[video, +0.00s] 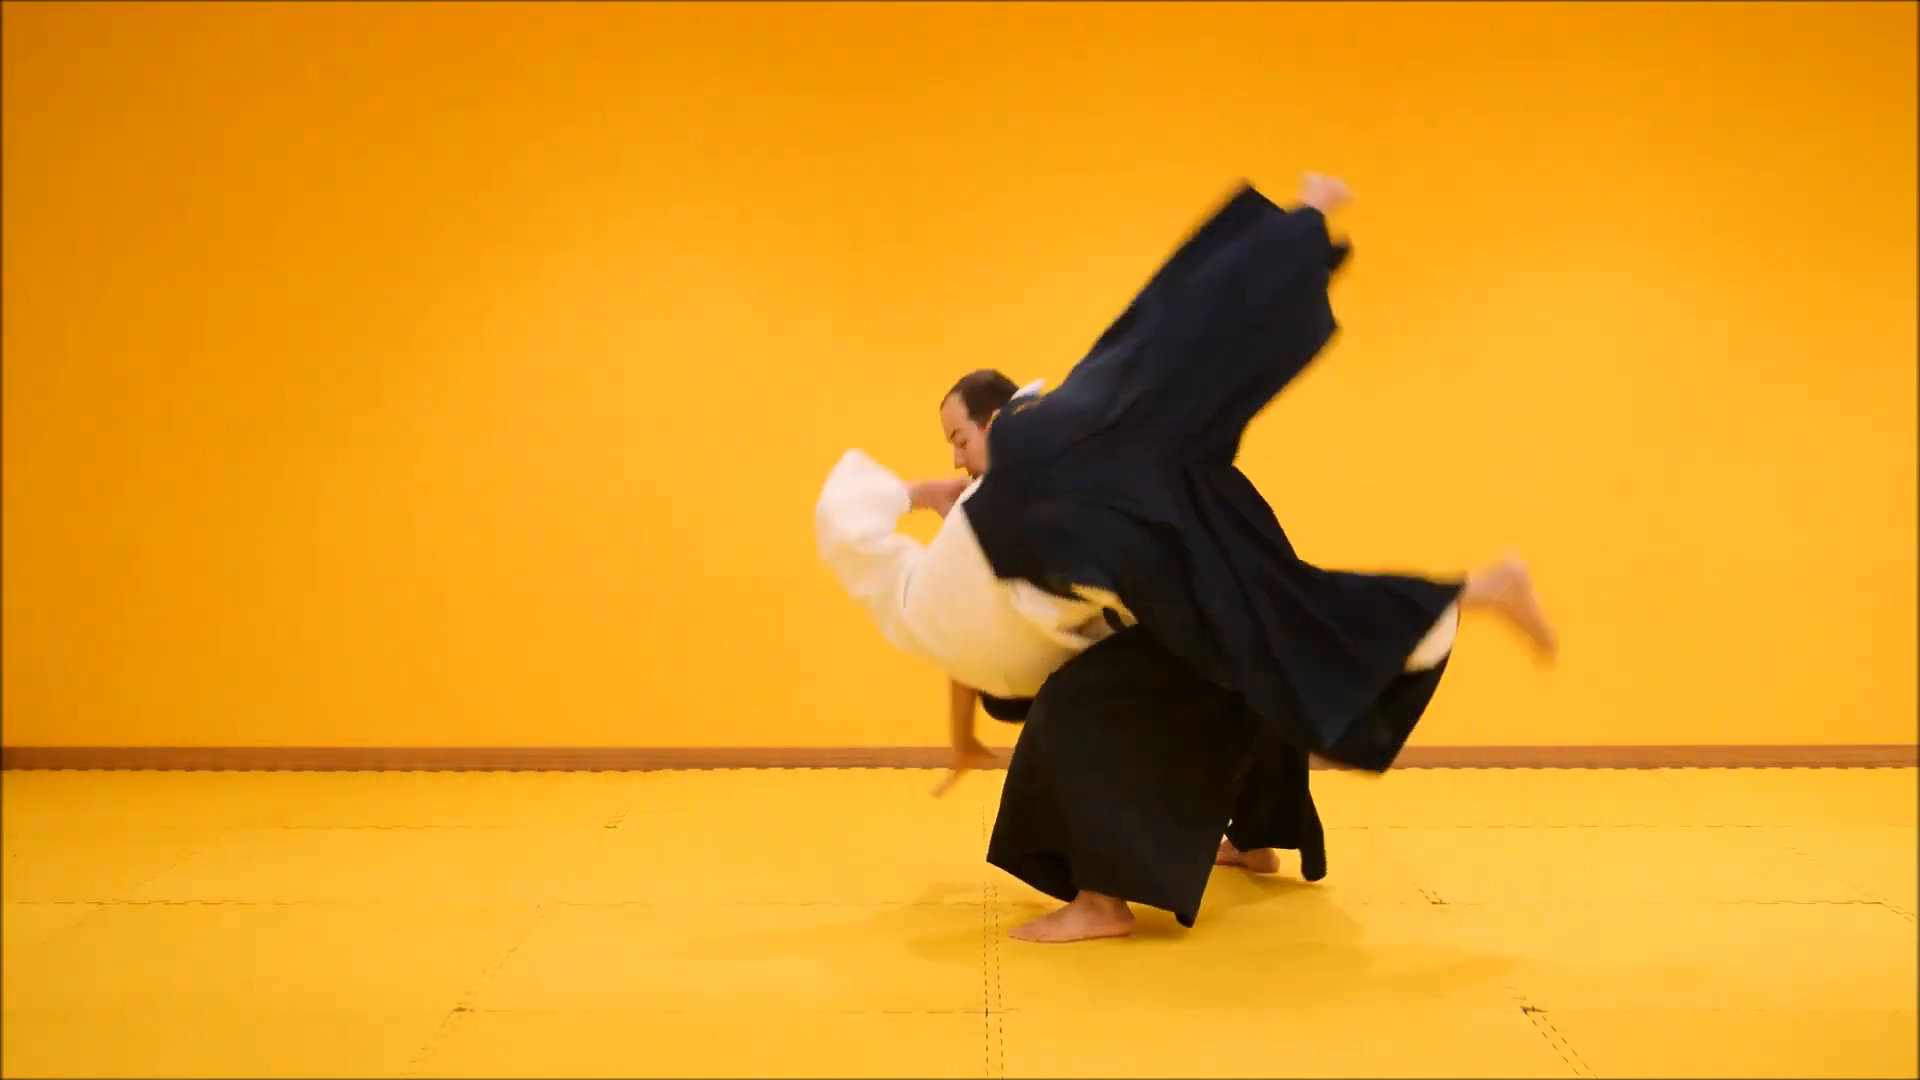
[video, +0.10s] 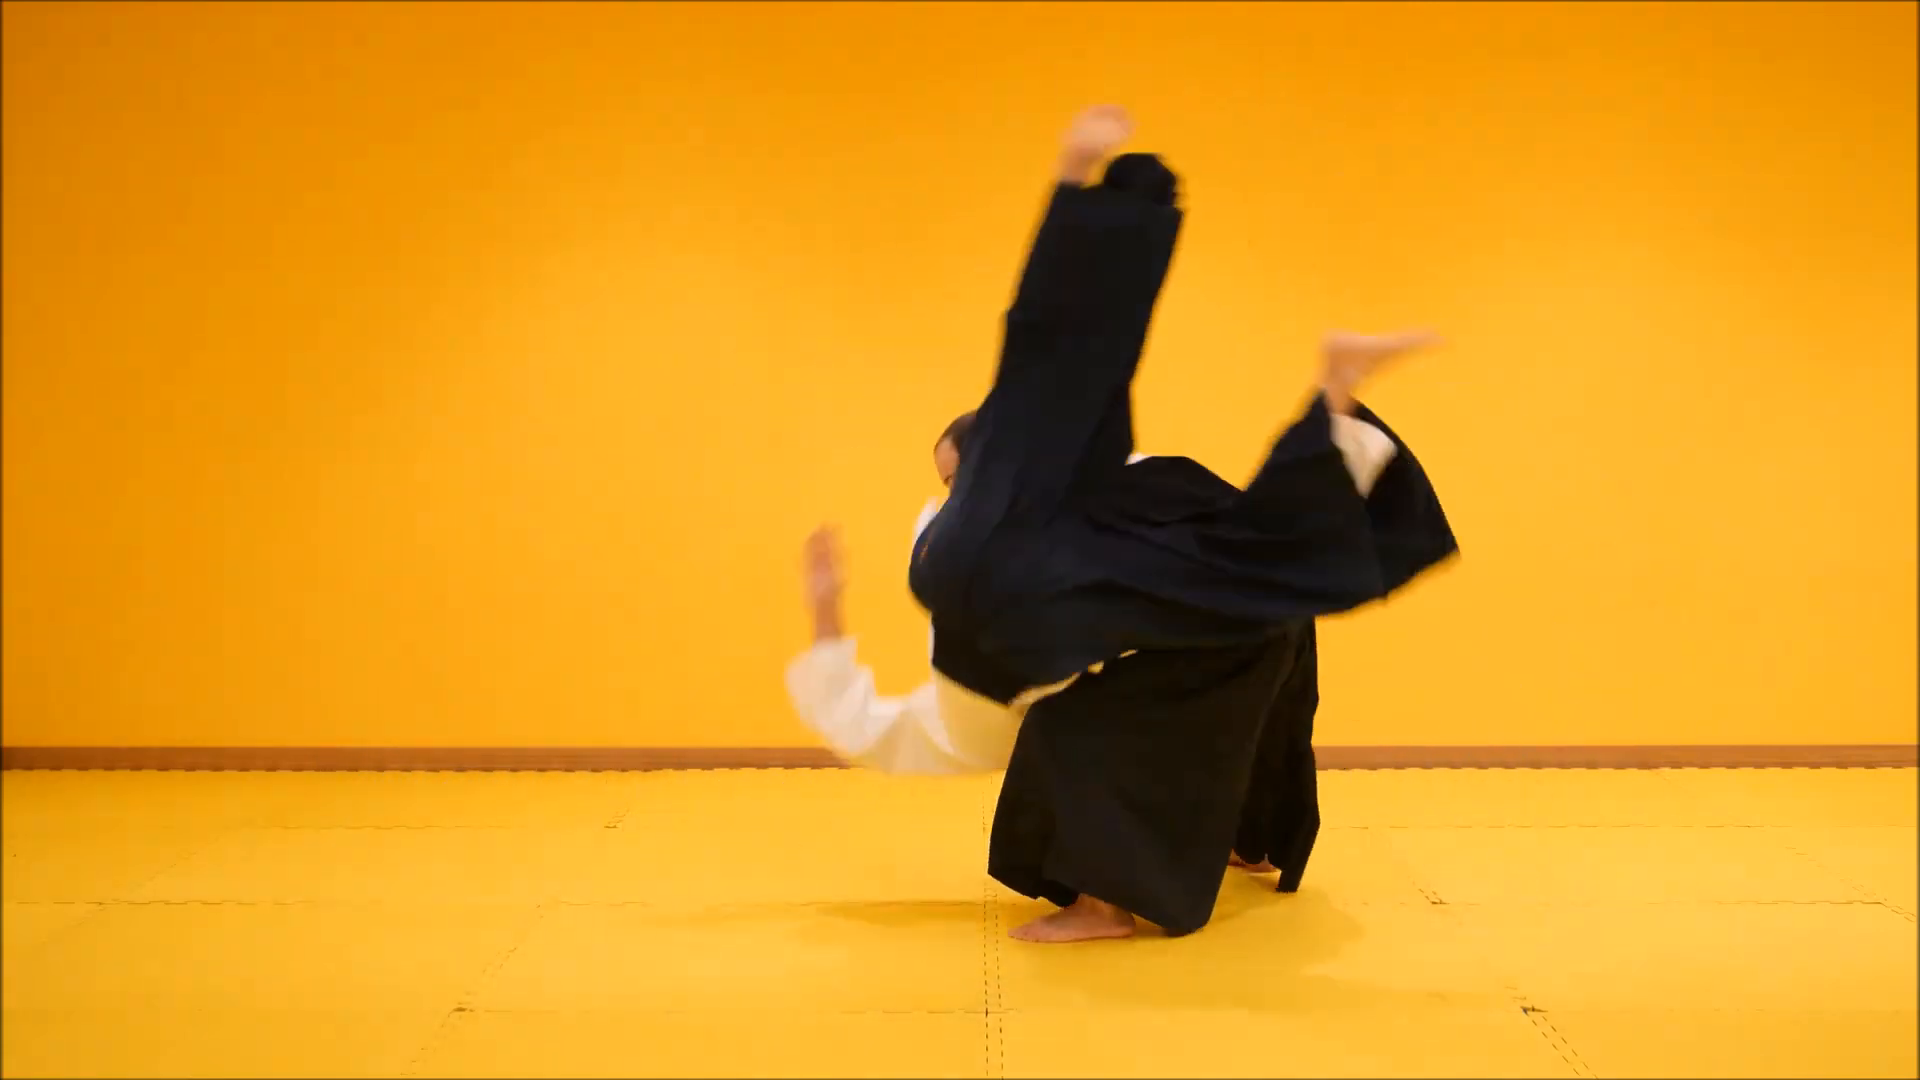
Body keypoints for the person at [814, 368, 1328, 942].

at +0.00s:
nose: (953, 453)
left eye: (958, 436)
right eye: (950, 439)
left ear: (996, 424)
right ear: (996, 427)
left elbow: (961, 657)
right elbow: (965, 652)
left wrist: (960, 750)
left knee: (1071, 708)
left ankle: (1099, 900)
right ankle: (1252, 840)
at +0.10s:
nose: (945, 464)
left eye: (956, 450)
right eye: (946, 455)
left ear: (994, 457)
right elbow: (855, 719)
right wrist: (825, 619)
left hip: (976, 571)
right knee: (1267, 575)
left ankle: (1083, 196)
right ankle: (1338, 401)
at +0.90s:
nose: (1233, 299)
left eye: (1239, 281)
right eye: (1232, 283)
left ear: (1282, 275)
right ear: (1305, 278)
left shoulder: (1269, 357)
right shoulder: (1395, 351)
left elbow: (1251, 486)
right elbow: (1437, 474)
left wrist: (1191, 573)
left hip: (1374, 573)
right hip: (1454, 562)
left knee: (1225, 712)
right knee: (1530, 728)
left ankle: (1124, 890)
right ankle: (1676, 886)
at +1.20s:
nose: (1370, 240)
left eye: (1379, 221)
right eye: (1367, 224)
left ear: (1428, 216)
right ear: (1440, 221)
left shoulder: (1413, 306)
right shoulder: (1529, 307)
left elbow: (1400, 454)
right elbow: (1565, 443)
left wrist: (1349, 568)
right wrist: (1541, 519)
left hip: (1493, 538)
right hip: (1571, 527)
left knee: (1369, 702)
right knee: (1613, 706)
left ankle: (1387, 899)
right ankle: (1691, 900)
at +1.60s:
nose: (1364, 246)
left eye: (1375, 228)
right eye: (1363, 230)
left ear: (1427, 225)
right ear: (1430, 230)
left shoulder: (1412, 322)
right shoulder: (1522, 314)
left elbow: (1388, 469)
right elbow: (1542, 439)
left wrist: (1327, 572)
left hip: (1490, 553)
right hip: (1568, 537)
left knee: (1348, 703)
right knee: (1618, 707)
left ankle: (1330, 883)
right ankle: (1689, 901)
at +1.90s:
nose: (1232, 268)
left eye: (1248, 251)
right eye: (1228, 253)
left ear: (1296, 256)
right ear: (1251, 260)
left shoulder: (1321, 353)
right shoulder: (1265, 352)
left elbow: (1236, 468)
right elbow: (1198, 443)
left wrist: (1110, 522)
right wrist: (1111, 465)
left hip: (1377, 565)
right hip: (1342, 562)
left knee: (1262, 728)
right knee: (1408, 724)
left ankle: (1301, 897)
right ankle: (1554, 808)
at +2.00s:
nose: (1196, 270)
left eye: (1212, 255)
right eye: (1188, 256)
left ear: (1254, 257)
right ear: (1184, 261)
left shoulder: (1294, 353)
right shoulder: (1196, 352)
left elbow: (1197, 459)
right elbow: (1112, 428)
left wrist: (1085, 489)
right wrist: (1054, 419)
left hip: (1335, 569)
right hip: (1278, 573)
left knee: (1260, 729)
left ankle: (1295, 894)